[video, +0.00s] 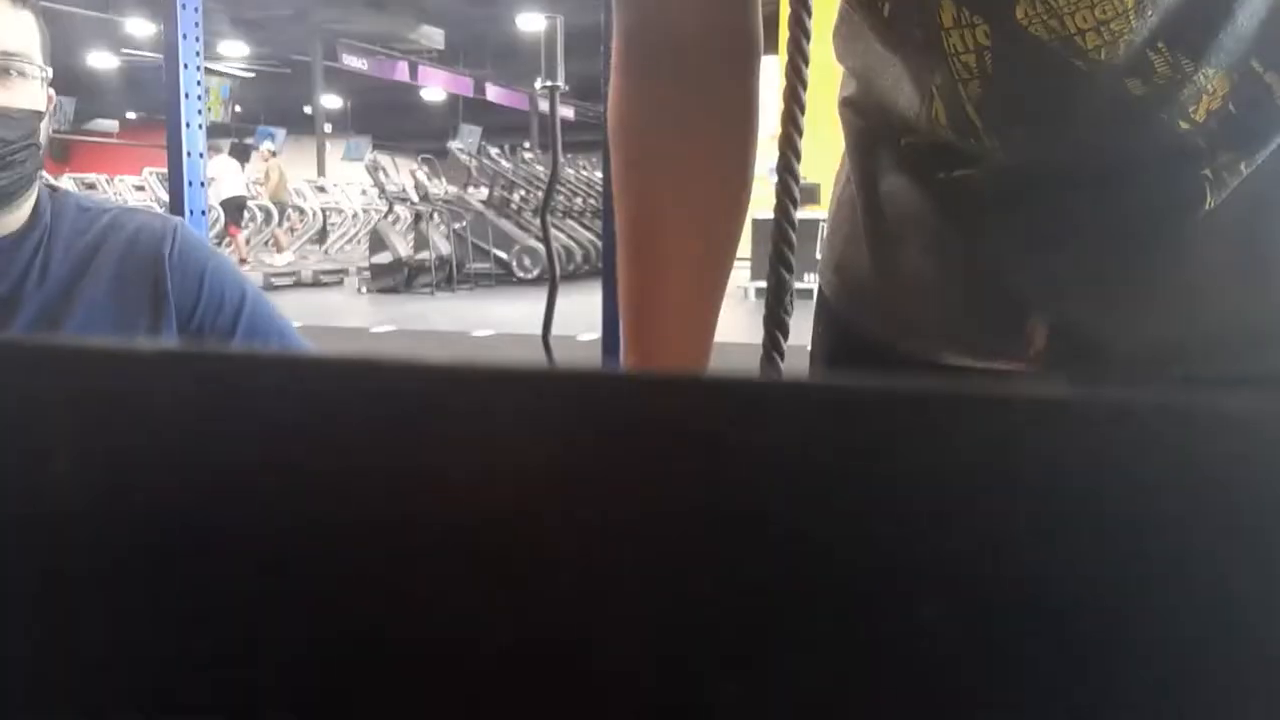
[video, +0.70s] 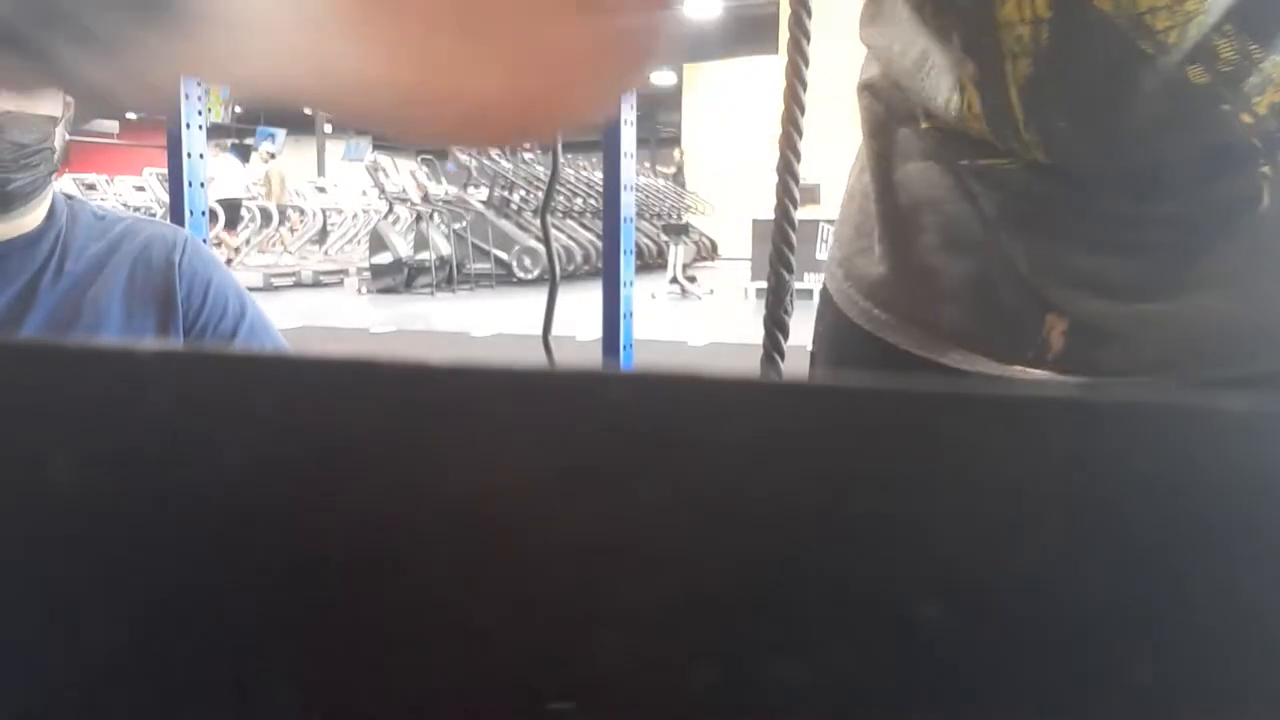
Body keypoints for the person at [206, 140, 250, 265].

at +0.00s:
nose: (208, 156)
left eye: (208, 154)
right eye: (208, 154)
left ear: (211, 152)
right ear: (222, 151)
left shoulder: (213, 162)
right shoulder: (234, 161)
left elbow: (209, 179)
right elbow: (242, 178)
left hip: (226, 195)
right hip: (241, 193)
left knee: (231, 226)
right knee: (236, 227)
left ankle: (243, 257)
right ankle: (240, 255)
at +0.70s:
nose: (208, 151)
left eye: (209, 148)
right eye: (208, 148)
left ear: (216, 147)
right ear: (225, 147)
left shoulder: (212, 161)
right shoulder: (236, 161)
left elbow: (209, 178)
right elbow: (245, 180)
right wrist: (253, 193)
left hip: (219, 196)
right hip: (236, 196)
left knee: (214, 226)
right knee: (231, 229)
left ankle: (234, 248)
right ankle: (230, 255)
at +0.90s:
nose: (209, 152)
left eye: (211, 149)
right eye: (210, 149)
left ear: (216, 148)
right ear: (225, 148)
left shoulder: (214, 159)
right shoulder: (236, 159)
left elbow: (211, 177)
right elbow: (244, 178)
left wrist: (202, 188)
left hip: (217, 195)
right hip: (235, 195)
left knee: (213, 225)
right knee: (232, 228)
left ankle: (216, 253)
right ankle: (235, 256)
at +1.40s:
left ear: (205, 152)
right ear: (217, 150)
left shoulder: (203, 163)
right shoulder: (225, 162)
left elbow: (199, 180)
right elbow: (236, 175)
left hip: (208, 198)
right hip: (225, 198)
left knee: (207, 231)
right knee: (227, 231)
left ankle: (206, 259)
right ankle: (236, 256)